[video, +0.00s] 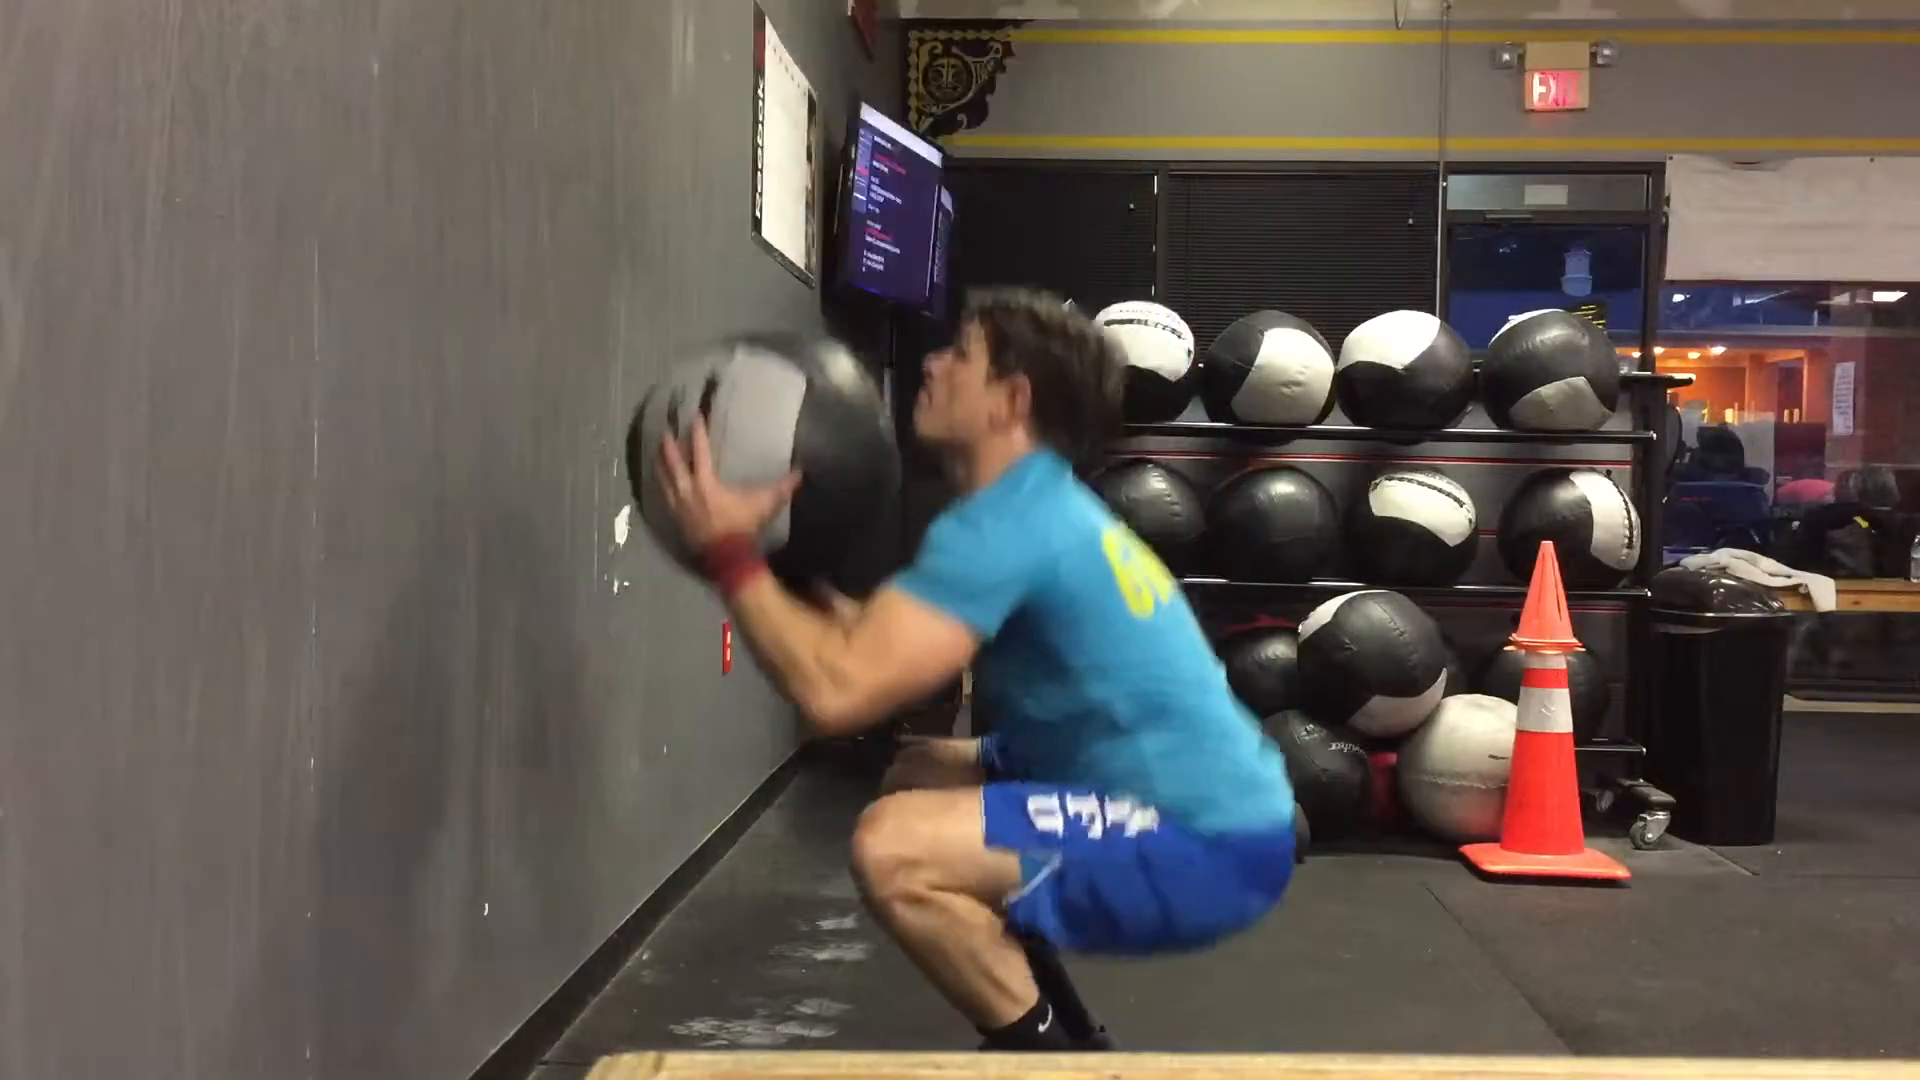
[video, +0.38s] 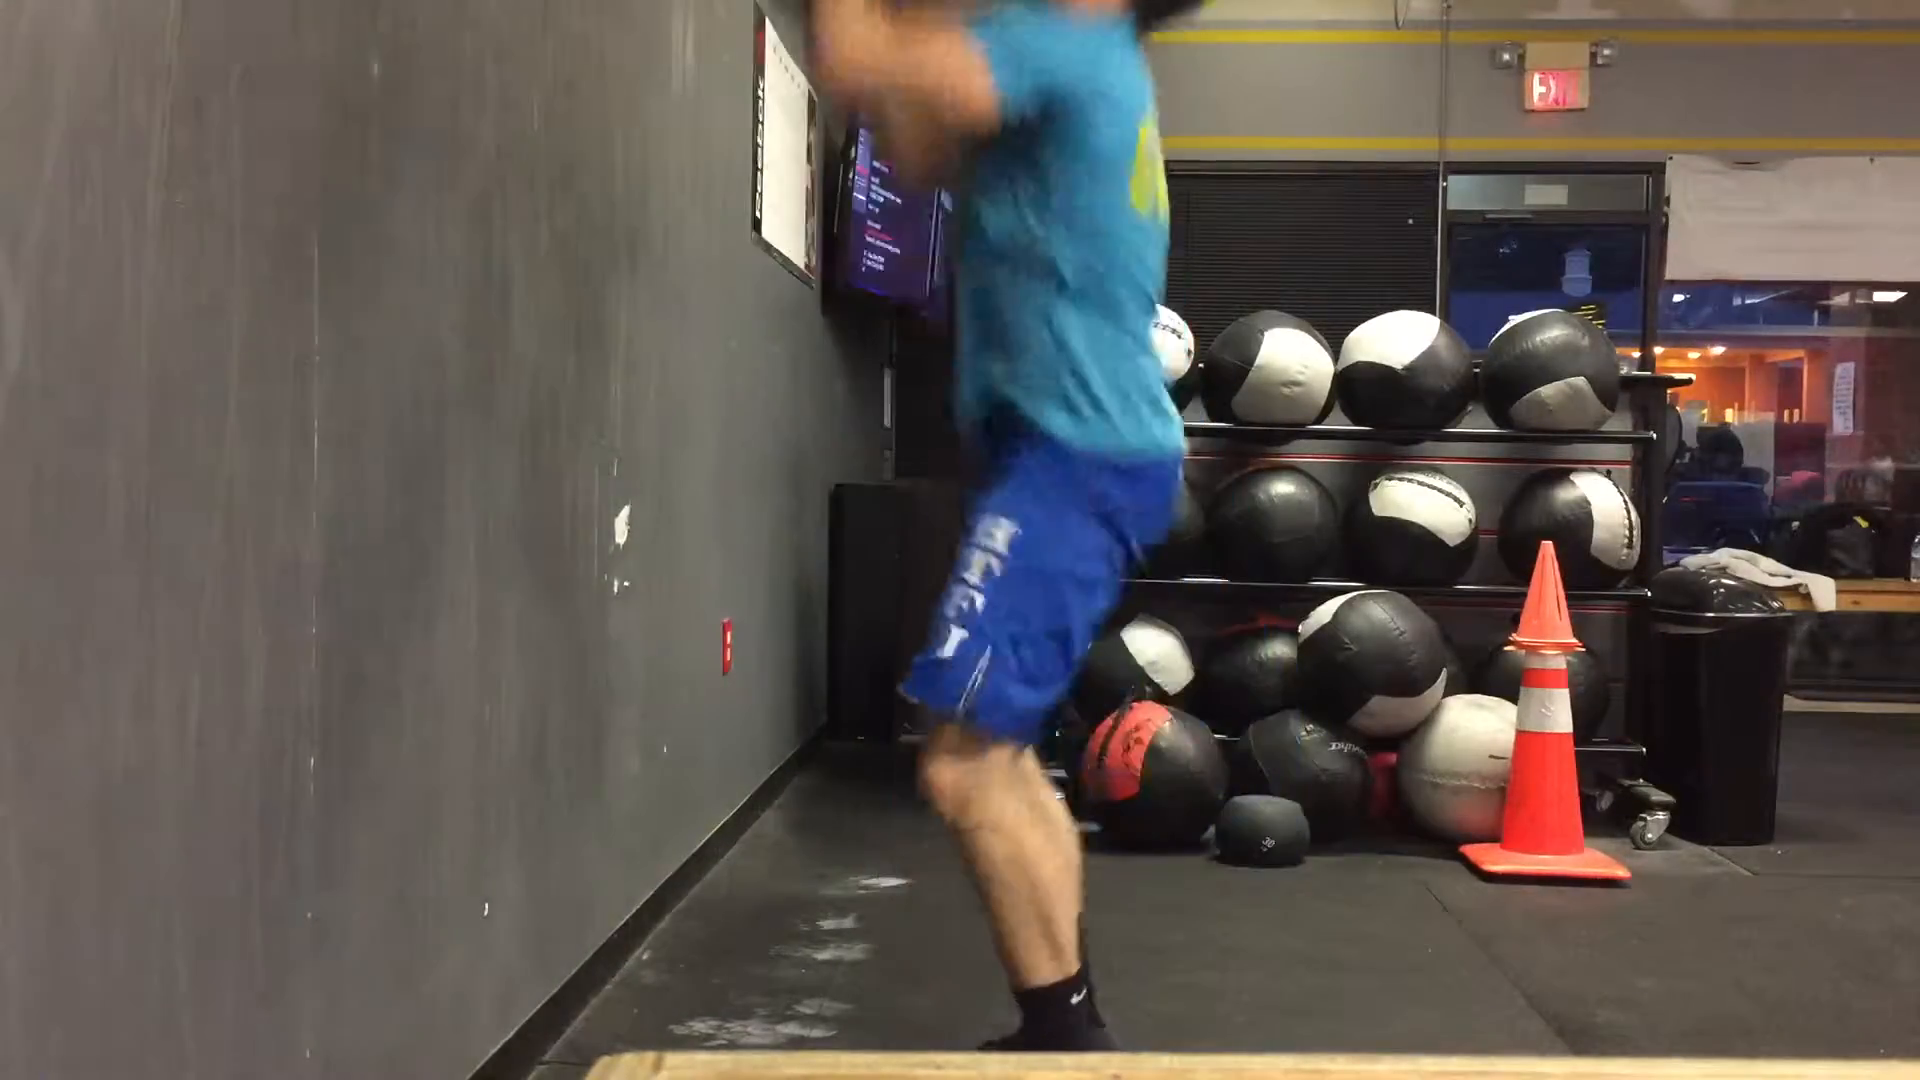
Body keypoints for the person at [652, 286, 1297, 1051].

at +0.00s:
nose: (931, 366)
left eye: (957, 356)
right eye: (946, 349)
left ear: (1012, 401)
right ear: (1011, 406)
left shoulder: (1007, 526)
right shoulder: (1042, 503)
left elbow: (835, 690)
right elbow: (882, 662)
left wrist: (730, 554)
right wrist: (837, 618)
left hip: (1197, 841)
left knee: (892, 846)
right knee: (915, 773)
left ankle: (1049, 1055)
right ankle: (1063, 1034)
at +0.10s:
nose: (935, 269)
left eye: (961, 255)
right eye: (951, 250)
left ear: (1015, 303)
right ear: (1016, 307)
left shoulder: (1011, 424)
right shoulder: (1038, 402)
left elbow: (839, 581)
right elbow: (867, 548)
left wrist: (743, 443)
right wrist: (762, 441)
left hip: (1200, 737)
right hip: (1157, 701)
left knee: (908, 838)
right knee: (922, 769)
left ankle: (1056, 1057)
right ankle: (1064, 1026)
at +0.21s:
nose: (955, 147)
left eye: (982, 134)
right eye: (971, 129)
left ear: (1036, 174)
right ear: (1034, 180)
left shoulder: (1029, 296)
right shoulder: (1045, 283)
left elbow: (848, 439)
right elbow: (876, 415)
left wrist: (769, 298)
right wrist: (795, 303)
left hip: (1186, 642)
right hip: (1150, 624)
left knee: (914, 827)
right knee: (937, 761)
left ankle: (1051, 1047)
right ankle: (1063, 1021)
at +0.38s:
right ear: (1127, 3)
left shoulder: (1074, 44)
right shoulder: (1080, 55)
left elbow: (858, 63)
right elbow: (928, 157)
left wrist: (842, 2)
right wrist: (895, 63)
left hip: (1083, 448)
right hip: (1063, 443)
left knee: (962, 761)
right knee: (994, 754)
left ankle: (1059, 1029)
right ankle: (1064, 1016)